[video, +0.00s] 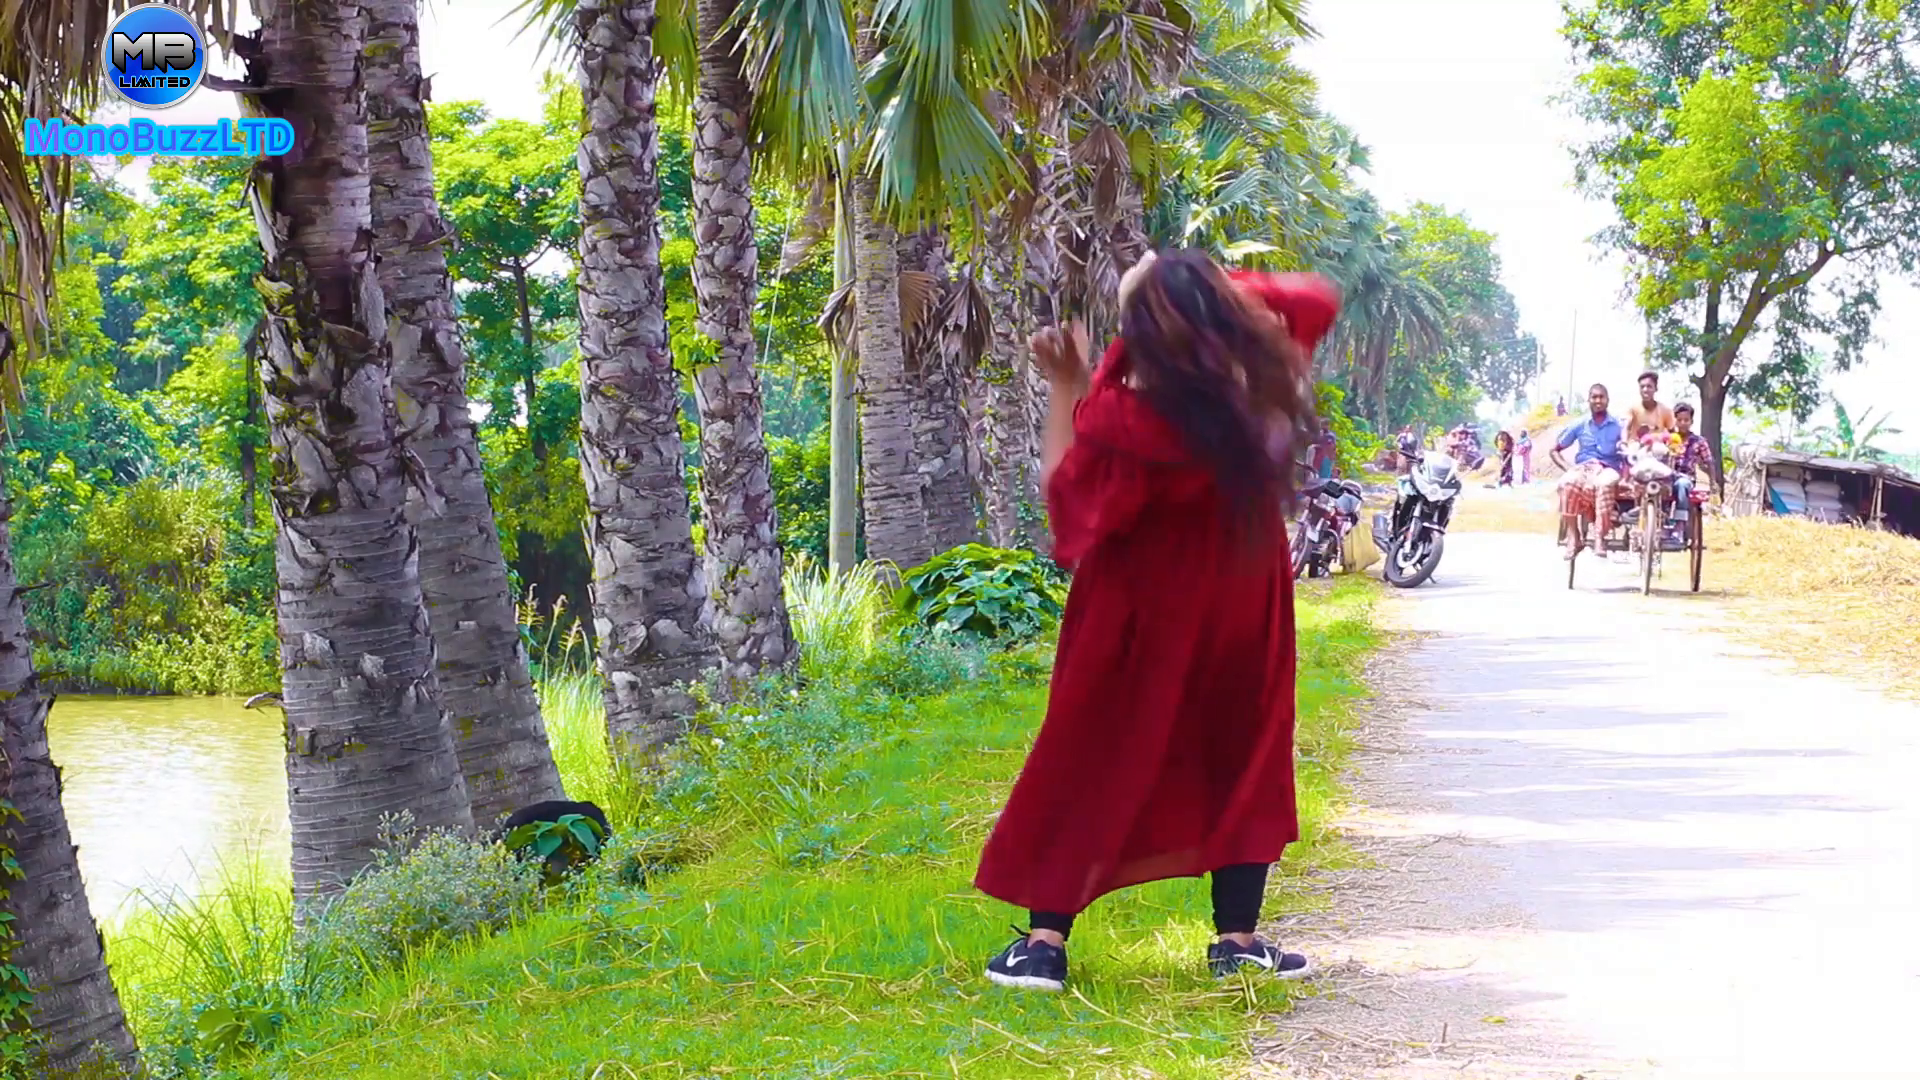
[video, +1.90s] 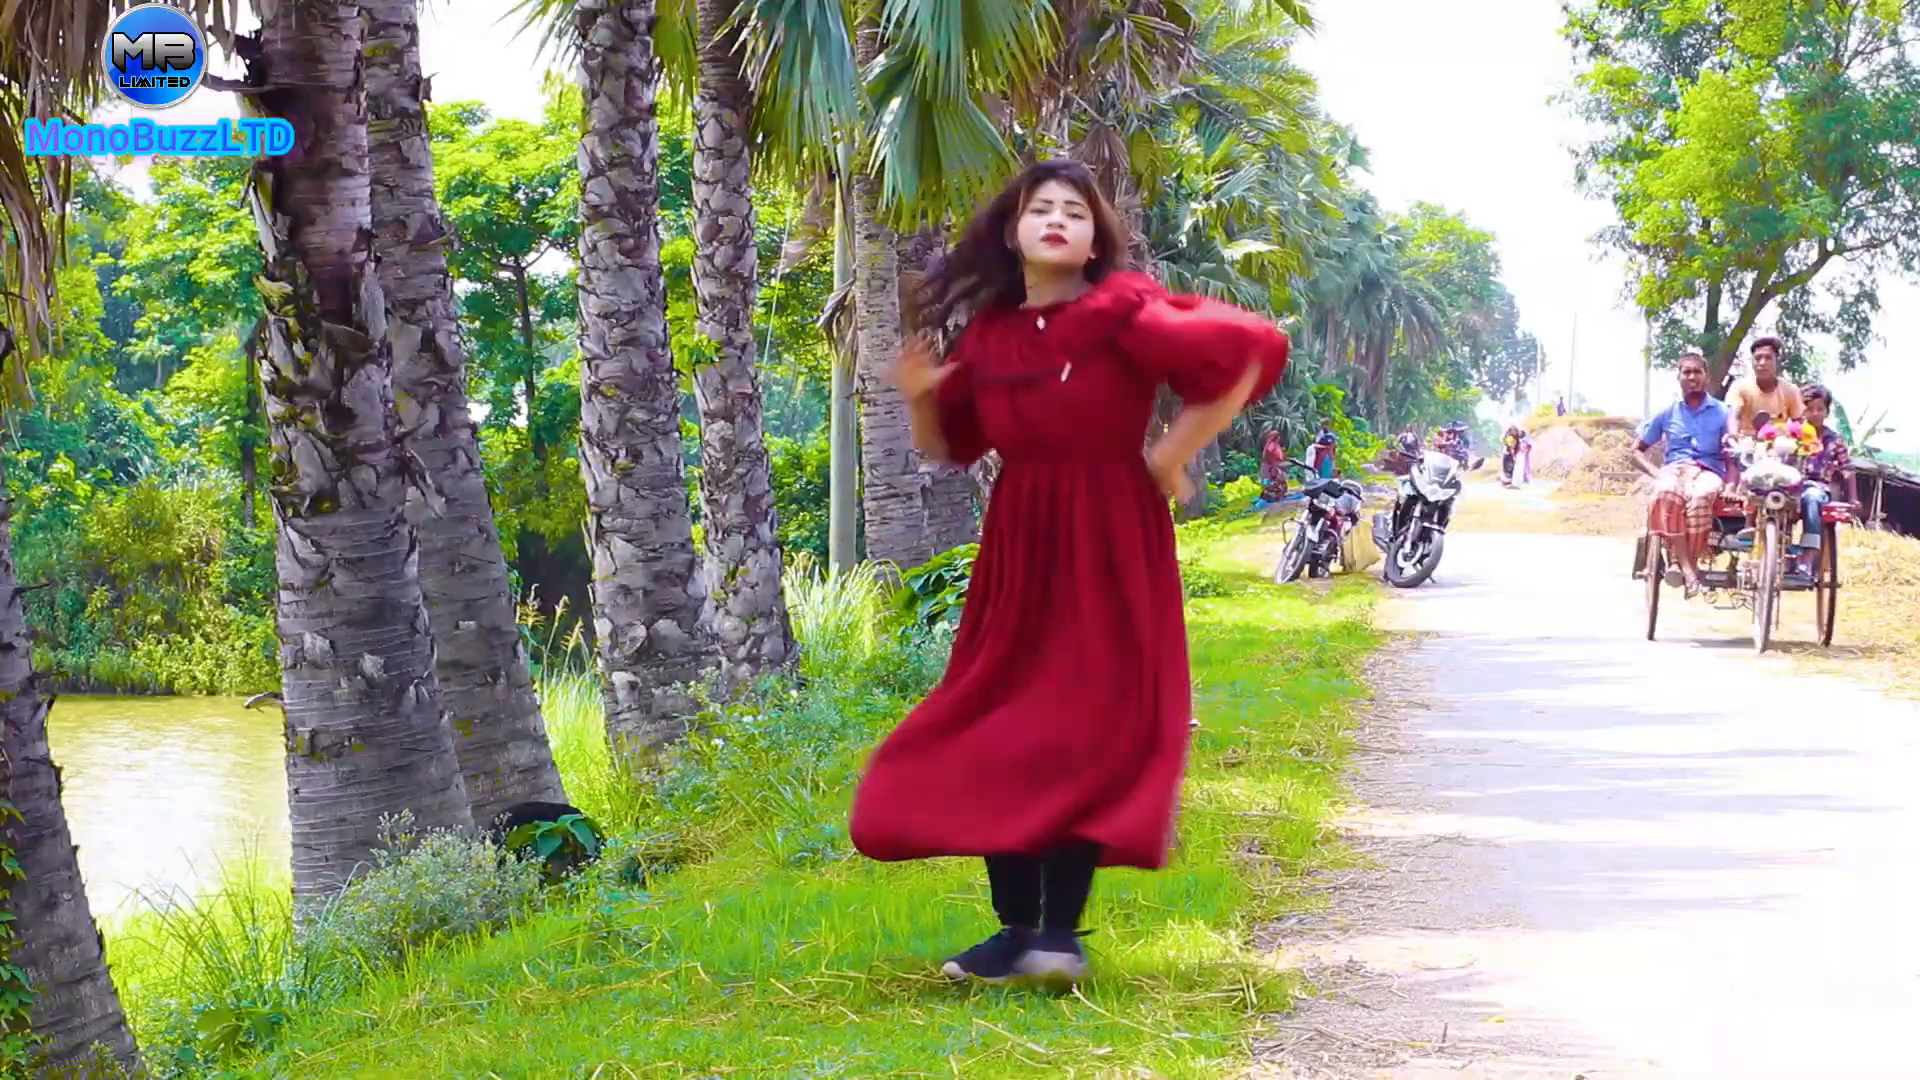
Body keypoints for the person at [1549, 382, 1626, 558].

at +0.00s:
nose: (1598, 401)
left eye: (1601, 397)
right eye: (1594, 397)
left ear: (1607, 400)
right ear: (1588, 400)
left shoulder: (1616, 426)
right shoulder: (1581, 424)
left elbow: (1624, 451)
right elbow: (1553, 450)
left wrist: (1625, 475)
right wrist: (1568, 468)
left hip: (1608, 467)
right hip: (1583, 466)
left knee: (1605, 486)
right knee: (1566, 485)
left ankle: (1599, 538)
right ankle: (1573, 537)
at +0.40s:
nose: (1612, 398)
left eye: (1616, 394)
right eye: (1608, 394)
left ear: (1622, 397)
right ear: (1602, 397)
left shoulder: (1634, 425)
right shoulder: (1595, 423)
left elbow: (1643, 455)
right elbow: (1566, 452)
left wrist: (1641, 481)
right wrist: (1581, 471)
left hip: (1624, 469)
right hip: (1599, 467)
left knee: (1618, 490)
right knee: (1588, 482)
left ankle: (1611, 542)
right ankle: (1601, 534)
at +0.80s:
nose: (1629, 394)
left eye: (1633, 390)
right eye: (1624, 390)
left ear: (1640, 394)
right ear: (1618, 394)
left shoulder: (1651, 424)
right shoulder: (1609, 422)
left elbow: (1662, 455)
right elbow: (1579, 452)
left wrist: (1660, 482)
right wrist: (1597, 472)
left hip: (1642, 469)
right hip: (1615, 468)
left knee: (1637, 492)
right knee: (1606, 490)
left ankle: (1628, 549)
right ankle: (1624, 550)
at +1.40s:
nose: (1662, 388)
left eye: (1667, 383)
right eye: (1657, 383)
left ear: (1675, 387)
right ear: (1650, 387)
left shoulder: (1686, 420)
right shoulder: (1640, 419)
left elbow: (1697, 458)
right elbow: (1607, 451)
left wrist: (1695, 487)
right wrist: (1626, 474)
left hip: (1675, 472)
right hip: (1644, 470)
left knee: (1669, 496)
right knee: (1637, 495)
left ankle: (1660, 559)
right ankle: (1655, 561)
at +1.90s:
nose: (1692, 377)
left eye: (1697, 372)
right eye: (1686, 372)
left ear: (1707, 376)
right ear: (1678, 377)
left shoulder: (1721, 412)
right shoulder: (1670, 412)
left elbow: (1732, 455)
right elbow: (1635, 450)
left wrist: (1730, 486)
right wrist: (1657, 473)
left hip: (1708, 469)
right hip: (1674, 467)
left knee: (1701, 499)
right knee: (1668, 496)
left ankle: (1688, 567)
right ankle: (1688, 572)